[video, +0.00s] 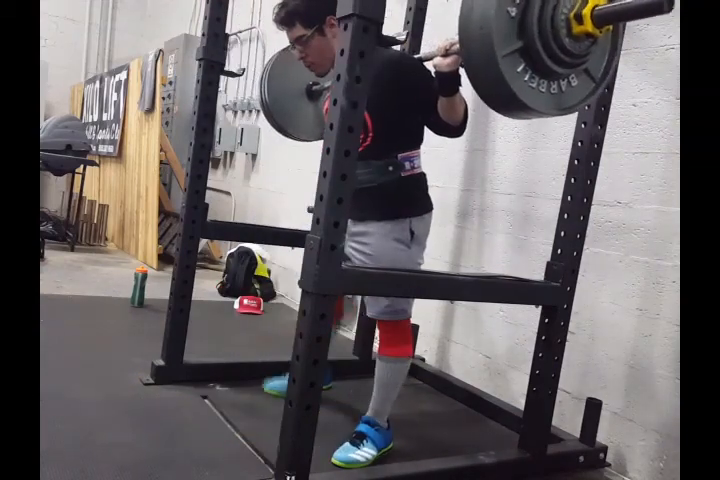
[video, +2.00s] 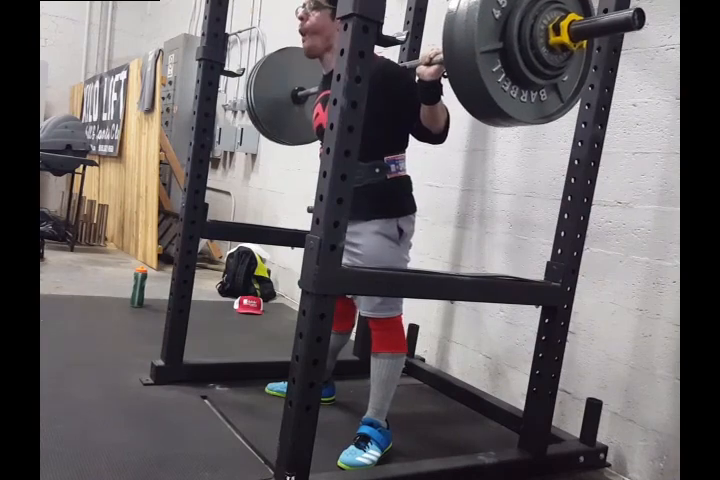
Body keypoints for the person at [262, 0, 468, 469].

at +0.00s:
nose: (299, 55)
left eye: (302, 43)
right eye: (293, 46)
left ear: (334, 28)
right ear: (327, 31)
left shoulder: (393, 66)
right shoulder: (336, 77)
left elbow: (453, 125)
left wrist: (447, 76)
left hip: (394, 216)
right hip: (343, 212)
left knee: (391, 318)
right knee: (322, 299)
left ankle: (376, 425)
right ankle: (312, 371)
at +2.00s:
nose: (300, 22)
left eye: (309, 13)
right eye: (300, 14)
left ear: (339, 20)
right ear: (322, 24)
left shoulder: (387, 74)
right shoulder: (327, 82)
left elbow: (436, 132)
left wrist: (429, 85)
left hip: (381, 212)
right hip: (334, 211)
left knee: (382, 311)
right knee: (330, 300)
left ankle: (375, 423)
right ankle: (318, 379)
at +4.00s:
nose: (310, 33)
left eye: (316, 22)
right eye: (308, 24)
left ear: (348, 20)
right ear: (330, 26)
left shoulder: (391, 78)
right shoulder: (333, 79)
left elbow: (437, 136)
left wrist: (434, 88)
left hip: (383, 218)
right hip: (335, 214)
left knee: (382, 313)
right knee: (331, 302)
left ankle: (376, 424)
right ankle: (318, 380)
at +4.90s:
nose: (309, 47)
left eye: (319, 38)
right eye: (309, 38)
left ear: (349, 44)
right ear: (318, 45)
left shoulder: (384, 101)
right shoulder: (327, 103)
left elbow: (436, 156)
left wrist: (429, 114)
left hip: (392, 227)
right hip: (340, 224)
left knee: (366, 322)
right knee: (311, 295)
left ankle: (374, 427)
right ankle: (315, 380)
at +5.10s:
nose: (300, 80)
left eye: (310, 72)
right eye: (301, 71)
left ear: (339, 79)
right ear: (315, 80)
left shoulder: (376, 134)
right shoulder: (321, 136)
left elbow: (430, 185)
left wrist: (423, 147)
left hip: (404, 243)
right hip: (353, 242)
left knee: (364, 325)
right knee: (302, 298)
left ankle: (374, 429)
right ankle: (315, 381)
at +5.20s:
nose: (296, 97)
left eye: (306, 88)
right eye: (297, 88)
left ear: (336, 95)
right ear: (313, 96)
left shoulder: (373, 149)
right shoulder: (320, 151)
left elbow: (428, 198)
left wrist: (420, 164)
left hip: (406, 250)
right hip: (356, 250)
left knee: (362, 325)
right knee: (298, 298)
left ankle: (374, 430)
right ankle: (315, 381)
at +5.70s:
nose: (278, 159)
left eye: (287, 150)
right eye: (278, 149)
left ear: (318, 158)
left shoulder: (359, 208)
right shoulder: (304, 205)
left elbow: (416, 248)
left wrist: (404, 218)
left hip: (399, 284)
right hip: (350, 281)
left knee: (352, 330)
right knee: (285, 301)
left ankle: (372, 430)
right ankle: (316, 382)